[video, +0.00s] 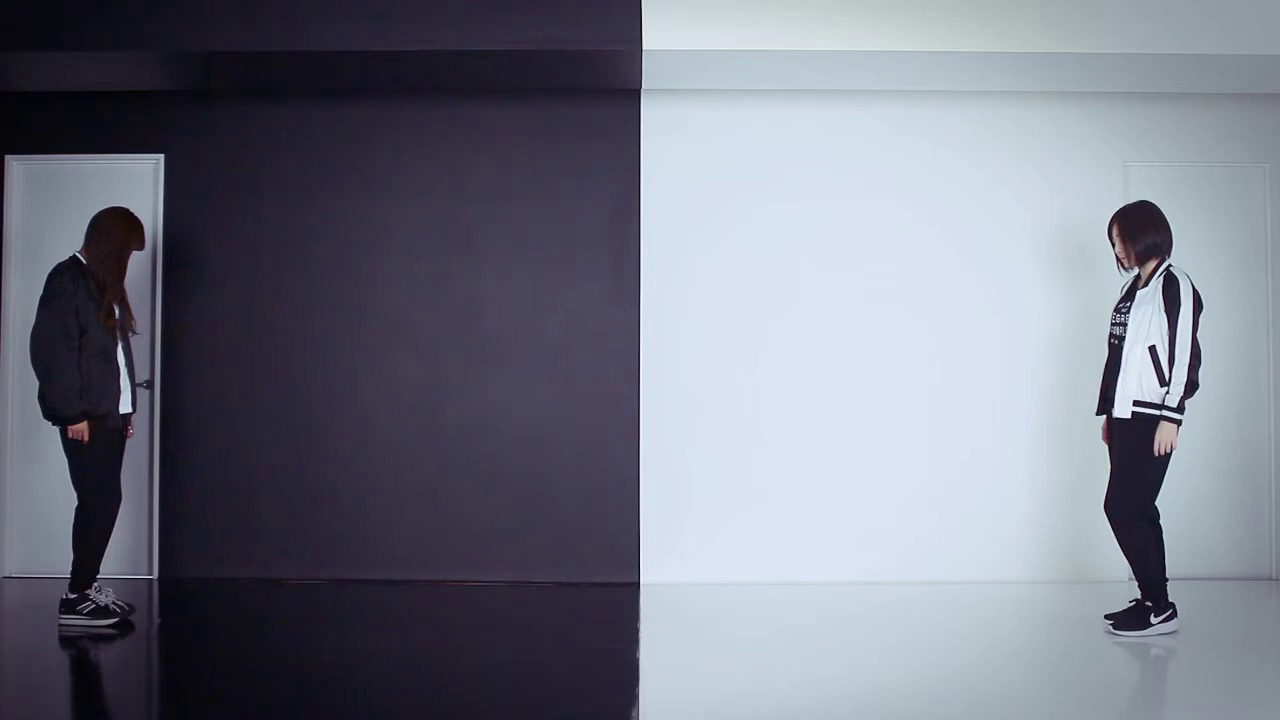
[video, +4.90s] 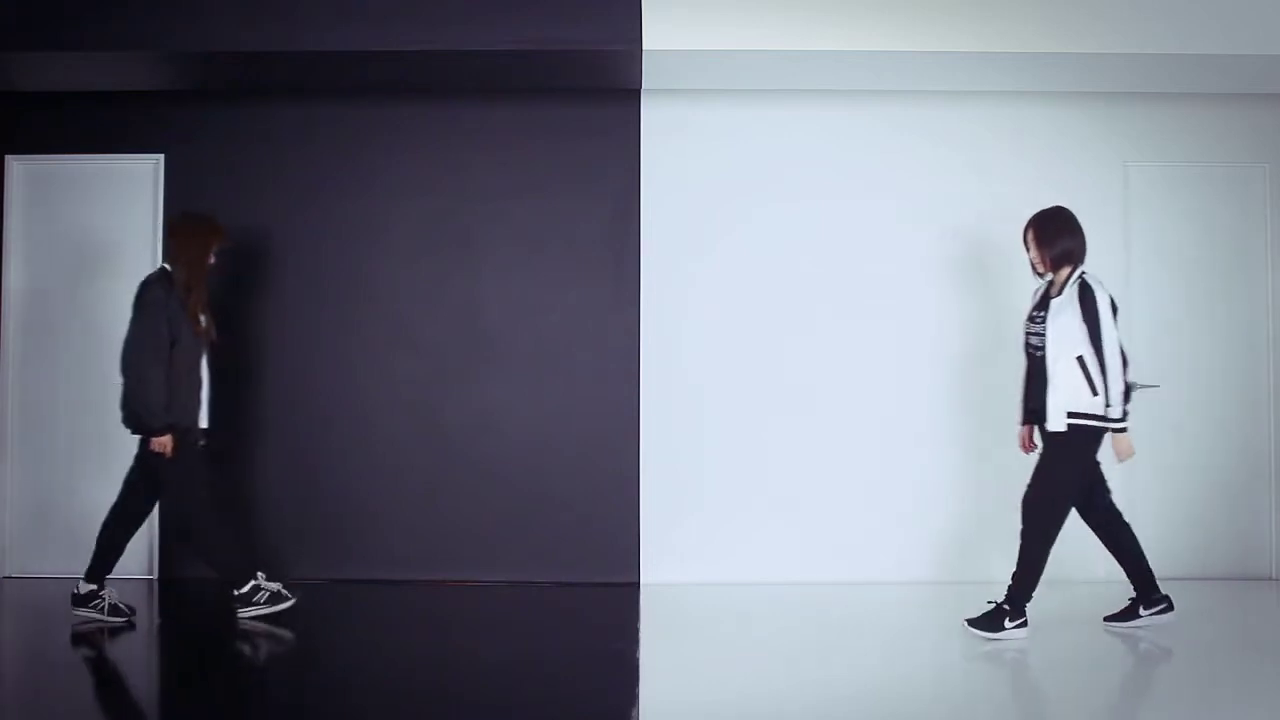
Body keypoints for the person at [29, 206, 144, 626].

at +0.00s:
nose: (128, 260)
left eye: (131, 252)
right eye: (127, 251)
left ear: (103, 241)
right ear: (110, 244)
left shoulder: (105, 284)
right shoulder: (67, 278)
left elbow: (114, 354)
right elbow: (50, 349)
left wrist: (125, 409)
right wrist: (71, 412)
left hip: (109, 415)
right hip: (84, 417)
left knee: (106, 499)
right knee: (97, 500)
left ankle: (86, 589)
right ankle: (77, 596)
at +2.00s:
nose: (134, 260)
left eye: (137, 252)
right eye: (133, 250)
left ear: (110, 241)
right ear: (116, 244)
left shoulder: (110, 283)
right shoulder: (73, 279)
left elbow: (119, 353)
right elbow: (56, 350)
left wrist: (130, 410)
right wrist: (76, 412)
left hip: (112, 415)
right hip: (88, 417)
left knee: (109, 500)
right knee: (100, 502)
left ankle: (86, 590)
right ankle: (78, 596)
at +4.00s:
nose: (138, 257)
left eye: (141, 249)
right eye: (137, 247)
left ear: (113, 238)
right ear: (121, 241)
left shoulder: (116, 283)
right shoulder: (78, 279)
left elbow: (122, 355)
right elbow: (60, 349)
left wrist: (132, 412)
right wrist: (79, 411)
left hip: (115, 415)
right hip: (89, 417)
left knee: (109, 499)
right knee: (100, 500)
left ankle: (86, 589)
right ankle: (78, 596)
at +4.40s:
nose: (156, 256)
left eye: (157, 247)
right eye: (153, 247)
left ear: (129, 240)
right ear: (136, 242)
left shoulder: (132, 285)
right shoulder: (96, 279)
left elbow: (135, 358)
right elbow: (80, 350)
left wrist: (145, 414)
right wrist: (98, 413)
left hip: (128, 414)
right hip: (111, 415)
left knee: (104, 503)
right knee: (156, 489)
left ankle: (87, 592)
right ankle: (107, 576)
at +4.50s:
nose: (162, 255)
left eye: (164, 247)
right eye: (160, 246)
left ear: (136, 240)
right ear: (142, 242)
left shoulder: (132, 282)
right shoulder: (103, 278)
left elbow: (135, 347)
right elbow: (85, 348)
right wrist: (104, 412)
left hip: (136, 415)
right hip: (122, 417)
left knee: (105, 508)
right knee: (173, 481)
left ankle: (86, 593)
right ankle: (151, 573)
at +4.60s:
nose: (173, 255)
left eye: (175, 246)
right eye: (169, 245)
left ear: (152, 244)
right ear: (149, 242)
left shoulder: (155, 285)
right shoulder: (113, 280)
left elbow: (164, 355)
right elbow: (94, 350)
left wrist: (176, 411)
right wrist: (112, 414)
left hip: (148, 418)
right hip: (133, 419)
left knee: (107, 511)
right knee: (182, 487)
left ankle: (86, 593)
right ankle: (195, 576)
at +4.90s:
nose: (214, 263)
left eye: (215, 254)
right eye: (210, 254)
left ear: (188, 250)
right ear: (190, 250)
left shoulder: (185, 294)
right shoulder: (158, 290)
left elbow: (185, 364)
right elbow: (143, 361)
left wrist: (193, 424)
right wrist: (156, 425)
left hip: (180, 427)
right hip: (171, 429)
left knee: (130, 512)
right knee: (205, 511)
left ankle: (89, 590)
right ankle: (244, 587)